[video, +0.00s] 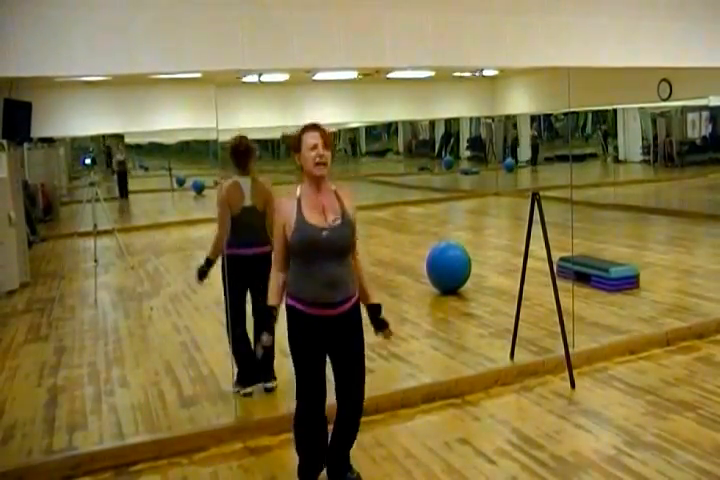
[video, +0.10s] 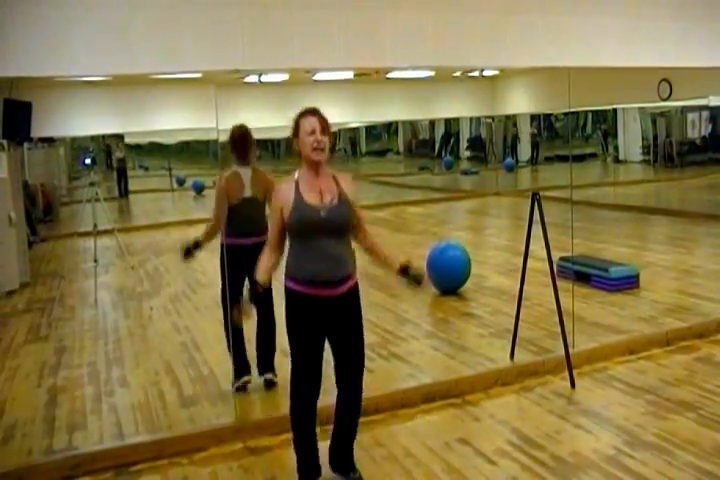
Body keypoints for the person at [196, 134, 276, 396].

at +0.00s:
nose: (247, 161)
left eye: (238, 156)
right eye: (249, 156)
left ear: (231, 159)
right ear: (253, 158)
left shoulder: (227, 190)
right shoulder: (265, 188)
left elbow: (223, 232)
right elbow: (273, 226)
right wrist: (277, 255)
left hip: (236, 259)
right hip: (263, 257)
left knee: (236, 318)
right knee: (264, 314)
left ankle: (247, 375)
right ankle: (267, 373)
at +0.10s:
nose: (242, 150)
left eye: (236, 145)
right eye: (247, 144)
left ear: (230, 149)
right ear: (253, 147)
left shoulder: (226, 181)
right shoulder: (265, 179)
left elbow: (217, 223)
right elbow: (278, 215)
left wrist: (198, 243)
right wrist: (277, 243)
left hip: (233, 250)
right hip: (260, 247)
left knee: (232, 307)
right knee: (264, 304)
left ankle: (241, 372)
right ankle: (267, 368)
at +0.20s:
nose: (247, 139)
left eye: (236, 135)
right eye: (250, 134)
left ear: (230, 138)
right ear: (253, 137)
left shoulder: (223, 170)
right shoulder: (266, 167)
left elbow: (201, 202)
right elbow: (281, 199)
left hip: (231, 241)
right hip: (260, 239)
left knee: (227, 301)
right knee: (269, 297)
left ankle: (231, 366)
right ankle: (276, 358)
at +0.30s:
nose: (256, 144)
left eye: (254, 140)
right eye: (252, 140)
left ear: (226, 146)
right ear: (248, 144)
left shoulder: (222, 173)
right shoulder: (264, 167)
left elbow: (189, 180)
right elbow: (296, 159)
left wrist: (179, 170)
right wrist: (294, 127)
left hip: (232, 244)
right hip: (261, 243)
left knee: (220, 305)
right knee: (277, 301)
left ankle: (216, 370)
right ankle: (291, 361)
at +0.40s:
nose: (240, 158)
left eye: (238, 152)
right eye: (242, 152)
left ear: (232, 160)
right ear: (252, 159)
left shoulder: (224, 186)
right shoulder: (266, 183)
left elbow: (193, 167)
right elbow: (290, 152)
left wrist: (201, 137)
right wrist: (277, 123)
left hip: (234, 267)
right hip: (264, 265)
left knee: (210, 322)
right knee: (286, 316)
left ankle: (207, 385)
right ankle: (306, 364)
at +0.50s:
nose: (241, 168)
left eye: (238, 163)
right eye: (244, 162)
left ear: (233, 168)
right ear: (255, 167)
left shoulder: (228, 194)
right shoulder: (267, 190)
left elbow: (198, 167)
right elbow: (284, 156)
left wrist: (208, 137)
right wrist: (270, 129)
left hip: (235, 271)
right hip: (265, 269)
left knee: (209, 325)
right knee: (288, 320)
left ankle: (208, 386)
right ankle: (305, 369)